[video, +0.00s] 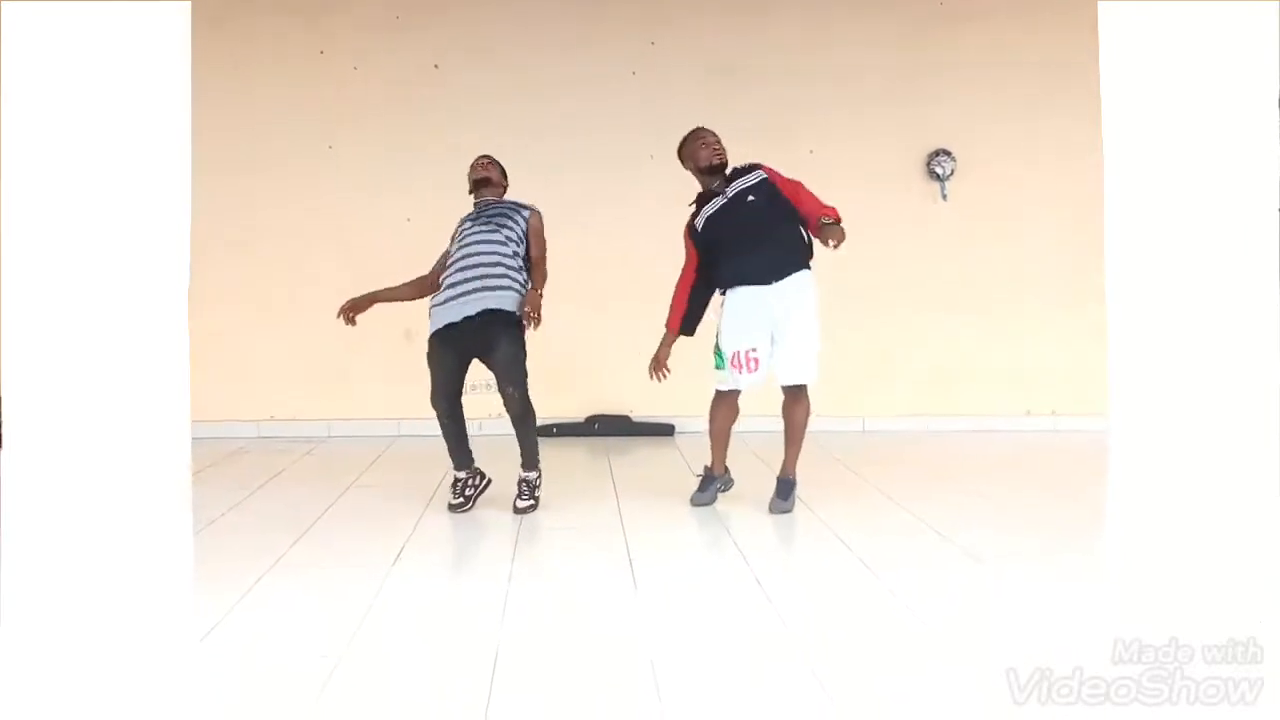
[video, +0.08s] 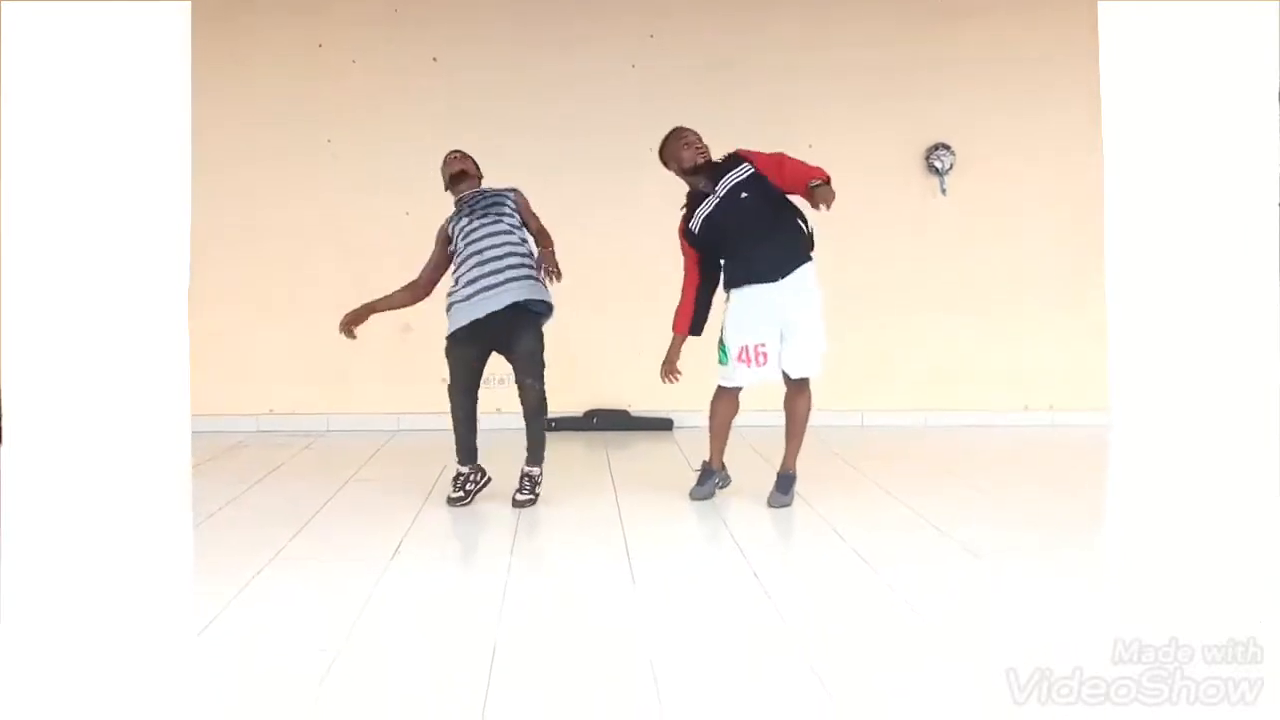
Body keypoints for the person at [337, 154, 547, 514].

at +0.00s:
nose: (481, 164)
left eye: (489, 163)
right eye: (475, 165)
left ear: (505, 182)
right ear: (469, 188)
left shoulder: (524, 212)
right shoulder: (463, 227)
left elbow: (537, 258)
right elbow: (431, 281)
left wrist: (536, 291)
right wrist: (372, 297)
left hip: (499, 311)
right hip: (449, 317)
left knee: (514, 392)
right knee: (443, 398)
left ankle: (530, 470)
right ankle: (467, 474)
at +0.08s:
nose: (456, 162)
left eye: (462, 158)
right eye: (449, 163)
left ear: (479, 173)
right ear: (446, 186)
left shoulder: (510, 196)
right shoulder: (450, 227)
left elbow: (538, 231)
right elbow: (421, 287)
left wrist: (547, 251)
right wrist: (366, 310)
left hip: (519, 297)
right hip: (468, 310)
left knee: (531, 386)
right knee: (461, 392)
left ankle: (533, 467)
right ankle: (469, 469)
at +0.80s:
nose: (481, 142)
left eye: (490, 135)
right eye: (474, 134)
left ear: (504, 137)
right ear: (465, 136)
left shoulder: (523, 187)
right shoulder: (446, 182)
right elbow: (428, 233)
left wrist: (552, 294)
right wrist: (406, 279)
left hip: (510, 302)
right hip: (458, 302)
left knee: (542, 376)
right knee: (439, 376)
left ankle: (527, 440)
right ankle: (462, 445)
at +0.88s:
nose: (484, 132)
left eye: (492, 125)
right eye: (477, 124)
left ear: (506, 129)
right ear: (466, 127)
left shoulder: (525, 173)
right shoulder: (445, 172)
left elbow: (534, 230)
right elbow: (422, 219)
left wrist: (544, 283)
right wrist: (403, 266)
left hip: (510, 292)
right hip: (459, 296)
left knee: (528, 373)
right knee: (456, 374)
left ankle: (527, 443)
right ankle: (468, 449)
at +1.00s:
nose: (487, 134)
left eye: (495, 126)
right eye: (479, 125)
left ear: (506, 126)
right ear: (466, 124)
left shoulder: (522, 156)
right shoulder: (444, 160)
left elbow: (550, 208)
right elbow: (419, 206)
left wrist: (543, 266)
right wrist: (402, 259)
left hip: (514, 279)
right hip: (464, 283)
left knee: (529, 358)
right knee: (440, 354)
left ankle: (527, 449)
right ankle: (457, 439)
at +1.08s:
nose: (487, 151)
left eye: (495, 143)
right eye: (479, 143)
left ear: (506, 140)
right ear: (466, 140)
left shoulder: (522, 166)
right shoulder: (445, 171)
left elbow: (561, 211)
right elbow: (420, 215)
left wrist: (542, 268)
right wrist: (406, 267)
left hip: (514, 295)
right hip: (466, 298)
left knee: (520, 379)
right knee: (448, 371)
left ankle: (531, 465)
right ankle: (444, 462)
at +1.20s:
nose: (490, 205)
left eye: (498, 197)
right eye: (482, 197)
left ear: (510, 193)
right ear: (470, 191)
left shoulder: (527, 214)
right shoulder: (453, 209)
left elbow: (572, 248)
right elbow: (429, 228)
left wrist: (539, 292)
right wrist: (408, 282)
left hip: (519, 329)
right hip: (466, 328)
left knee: (553, 377)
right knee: (422, 381)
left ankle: (534, 464)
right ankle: (430, 473)